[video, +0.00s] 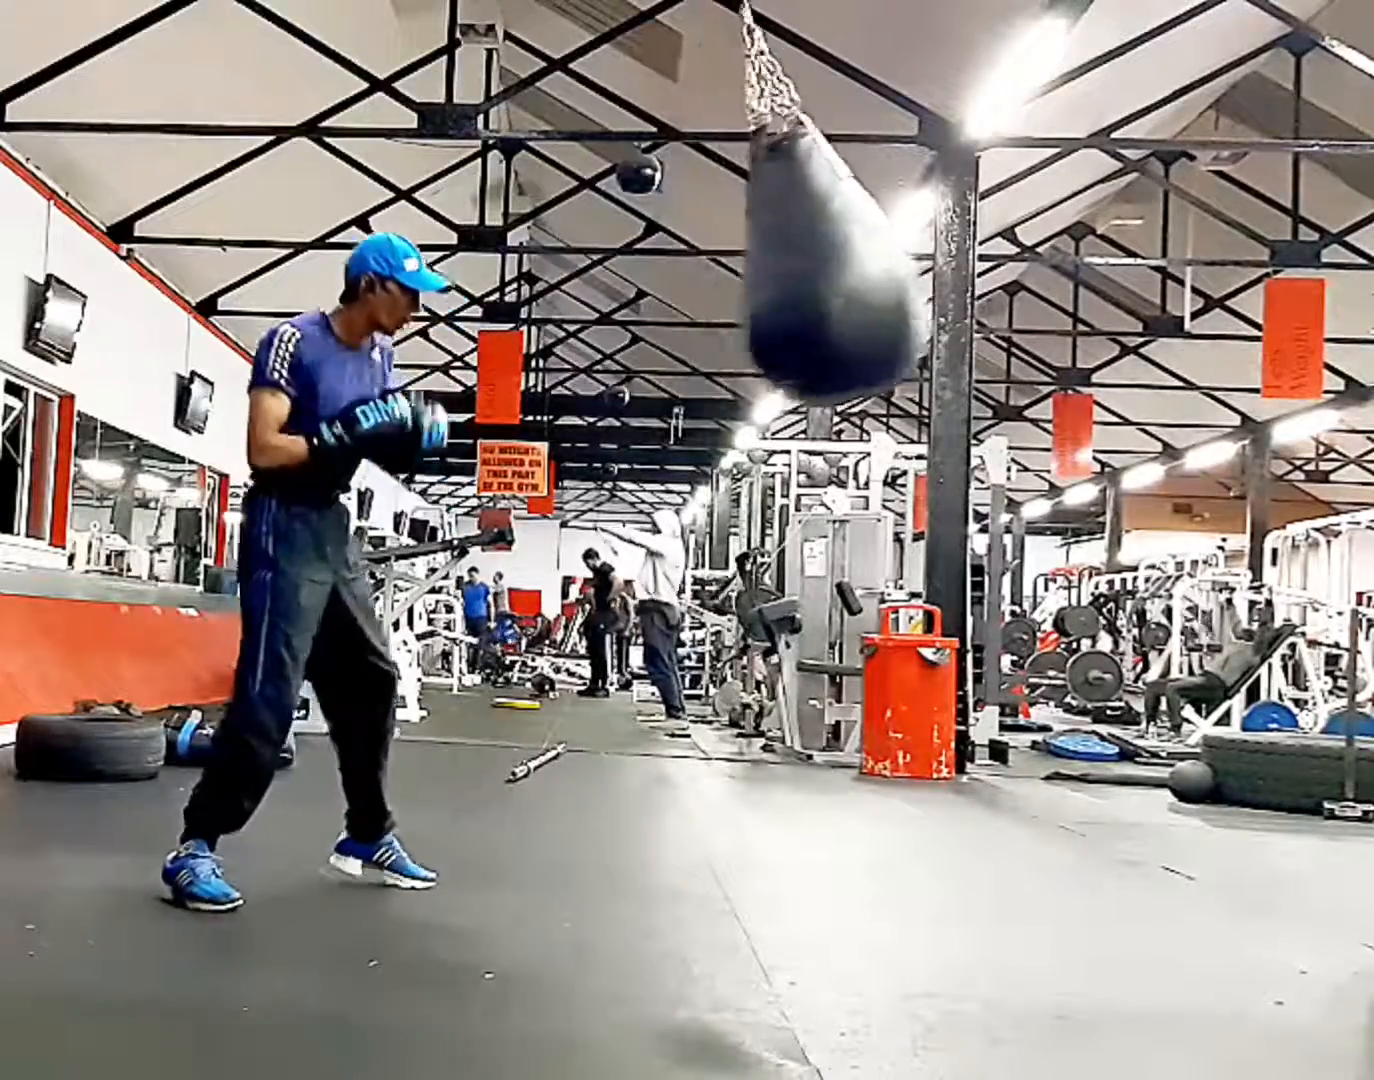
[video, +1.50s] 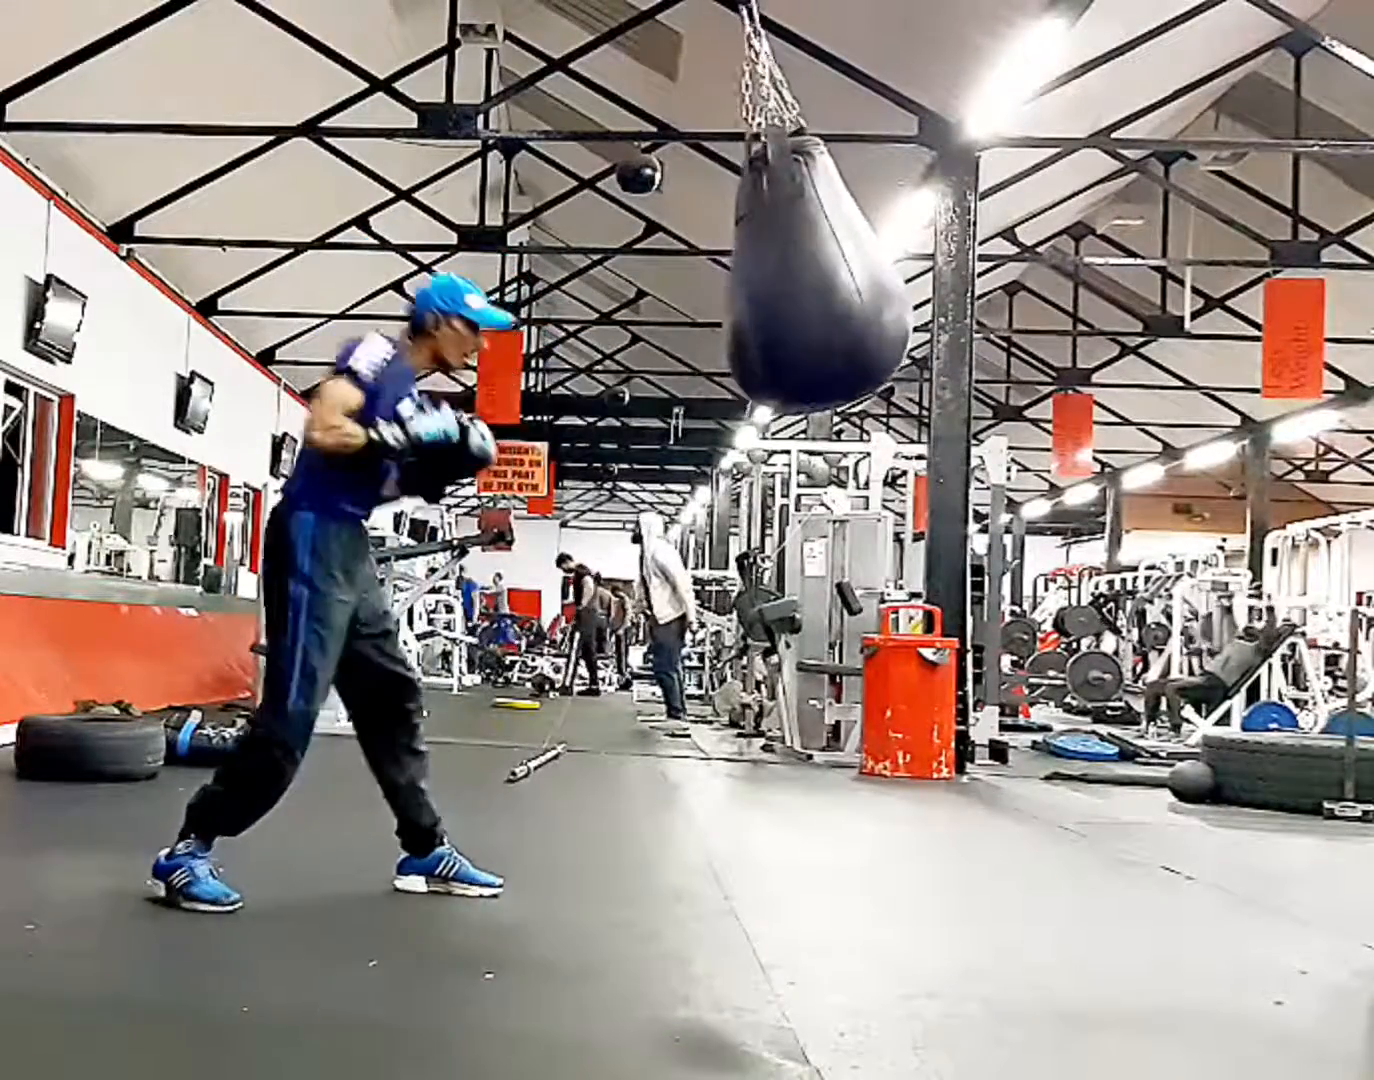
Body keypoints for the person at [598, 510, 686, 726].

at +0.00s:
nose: (654, 528)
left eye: (656, 524)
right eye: (654, 524)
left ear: (665, 525)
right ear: (673, 524)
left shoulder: (668, 543)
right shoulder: (673, 545)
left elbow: (637, 538)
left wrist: (606, 530)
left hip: (658, 607)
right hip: (665, 606)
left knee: (658, 661)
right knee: (666, 660)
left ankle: (675, 712)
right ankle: (676, 709)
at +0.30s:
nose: (648, 530)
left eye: (651, 526)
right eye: (649, 526)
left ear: (660, 527)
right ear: (670, 527)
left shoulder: (664, 546)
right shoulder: (677, 548)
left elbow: (639, 559)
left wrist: (611, 568)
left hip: (662, 606)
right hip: (674, 605)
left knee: (662, 658)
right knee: (668, 658)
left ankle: (675, 708)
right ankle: (677, 706)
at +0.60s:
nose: (638, 530)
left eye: (641, 525)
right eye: (639, 525)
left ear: (651, 526)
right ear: (656, 526)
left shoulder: (659, 548)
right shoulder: (669, 546)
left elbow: (651, 581)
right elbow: (656, 579)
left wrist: (634, 606)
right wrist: (640, 596)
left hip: (666, 611)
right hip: (676, 608)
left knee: (663, 663)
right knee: (672, 661)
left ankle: (675, 709)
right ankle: (678, 707)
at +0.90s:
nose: (633, 530)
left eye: (637, 526)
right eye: (635, 526)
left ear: (646, 528)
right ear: (652, 527)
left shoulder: (657, 550)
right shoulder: (655, 549)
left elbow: (671, 583)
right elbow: (657, 584)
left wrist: (672, 617)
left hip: (666, 615)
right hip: (664, 614)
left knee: (664, 667)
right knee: (670, 665)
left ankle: (675, 711)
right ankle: (677, 708)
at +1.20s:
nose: (634, 530)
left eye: (638, 526)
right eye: (635, 526)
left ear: (647, 529)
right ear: (651, 529)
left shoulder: (661, 550)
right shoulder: (651, 551)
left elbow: (679, 581)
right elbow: (649, 584)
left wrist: (688, 614)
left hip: (667, 616)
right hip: (662, 616)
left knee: (663, 665)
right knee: (669, 665)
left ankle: (675, 711)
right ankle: (677, 709)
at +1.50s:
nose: (633, 530)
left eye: (636, 526)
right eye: (634, 526)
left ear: (646, 529)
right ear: (649, 529)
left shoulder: (660, 551)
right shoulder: (647, 552)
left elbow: (681, 581)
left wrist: (691, 615)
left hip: (669, 616)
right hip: (659, 616)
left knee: (666, 667)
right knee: (668, 666)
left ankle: (676, 712)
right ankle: (676, 710)